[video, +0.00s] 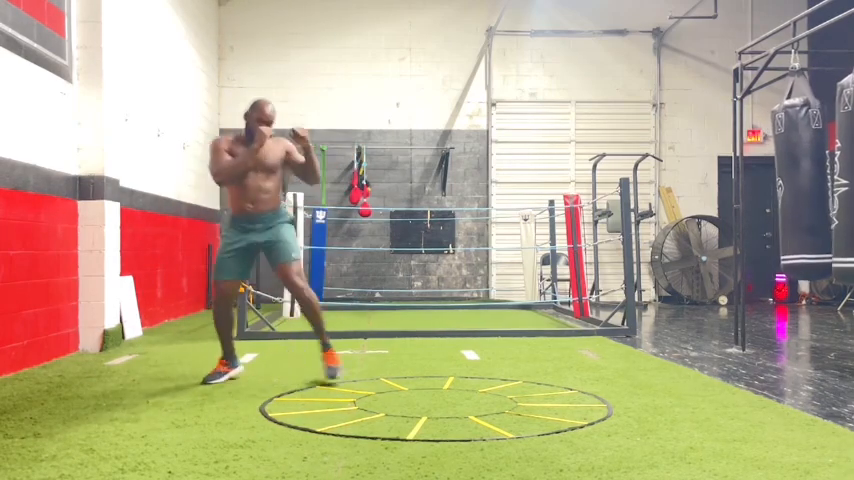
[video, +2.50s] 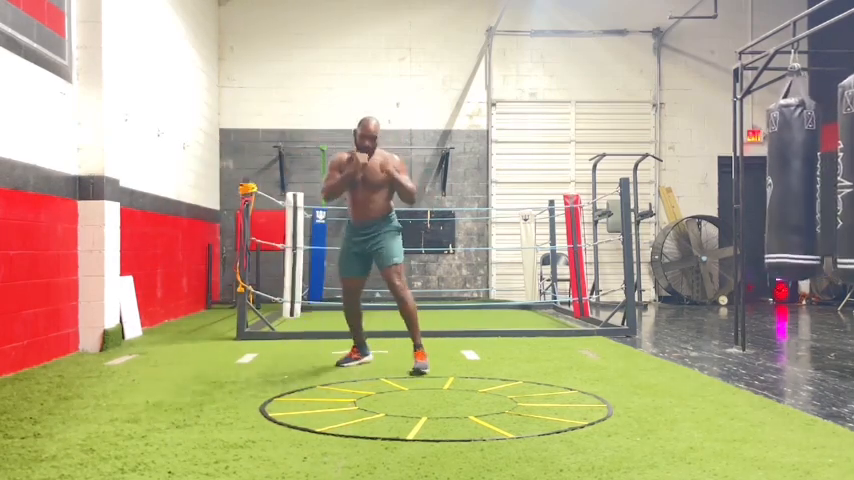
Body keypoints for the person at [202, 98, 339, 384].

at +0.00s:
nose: (265, 128)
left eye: (270, 125)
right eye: (261, 123)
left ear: (274, 124)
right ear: (247, 118)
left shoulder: (282, 146)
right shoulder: (224, 144)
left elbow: (312, 178)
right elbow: (220, 177)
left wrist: (307, 150)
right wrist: (254, 149)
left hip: (275, 223)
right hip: (239, 227)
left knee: (295, 283)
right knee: (223, 294)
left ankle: (327, 347)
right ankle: (229, 361)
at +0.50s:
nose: (328, 124)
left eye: (333, 120)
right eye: (323, 119)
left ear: (339, 117)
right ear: (311, 114)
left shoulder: (349, 142)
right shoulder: (291, 140)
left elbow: (375, 177)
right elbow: (283, 175)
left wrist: (357, 139)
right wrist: (313, 143)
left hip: (343, 221)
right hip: (309, 224)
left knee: (349, 286)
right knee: (300, 298)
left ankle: (382, 353)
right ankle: (323, 351)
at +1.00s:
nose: (338, 129)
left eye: (344, 124)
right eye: (334, 123)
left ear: (350, 123)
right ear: (323, 118)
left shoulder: (360, 145)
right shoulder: (304, 142)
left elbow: (382, 183)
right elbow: (290, 177)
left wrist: (364, 144)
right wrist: (319, 148)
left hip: (349, 223)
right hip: (315, 225)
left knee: (350, 287)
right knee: (298, 295)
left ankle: (383, 356)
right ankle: (310, 354)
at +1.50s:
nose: (339, 141)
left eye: (344, 137)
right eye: (335, 136)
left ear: (350, 134)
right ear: (324, 130)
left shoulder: (358, 155)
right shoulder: (304, 155)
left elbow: (384, 195)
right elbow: (297, 192)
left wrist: (366, 167)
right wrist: (324, 164)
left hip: (352, 231)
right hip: (315, 232)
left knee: (373, 289)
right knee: (302, 293)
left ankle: (404, 340)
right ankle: (295, 361)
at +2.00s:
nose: (401, 151)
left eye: (406, 146)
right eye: (397, 145)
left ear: (412, 143)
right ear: (386, 138)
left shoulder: (420, 165)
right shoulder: (366, 158)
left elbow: (440, 203)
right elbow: (353, 196)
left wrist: (427, 186)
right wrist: (385, 179)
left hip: (400, 234)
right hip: (366, 233)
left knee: (413, 291)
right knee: (346, 292)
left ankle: (433, 355)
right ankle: (336, 346)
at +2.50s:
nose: (369, 143)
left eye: (373, 139)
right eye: (365, 138)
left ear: (378, 138)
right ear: (355, 136)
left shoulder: (392, 162)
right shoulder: (341, 161)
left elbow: (410, 197)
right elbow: (327, 194)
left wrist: (395, 177)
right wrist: (352, 173)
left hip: (385, 230)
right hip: (355, 233)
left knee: (397, 285)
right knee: (349, 295)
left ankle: (419, 349)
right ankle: (360, 349)